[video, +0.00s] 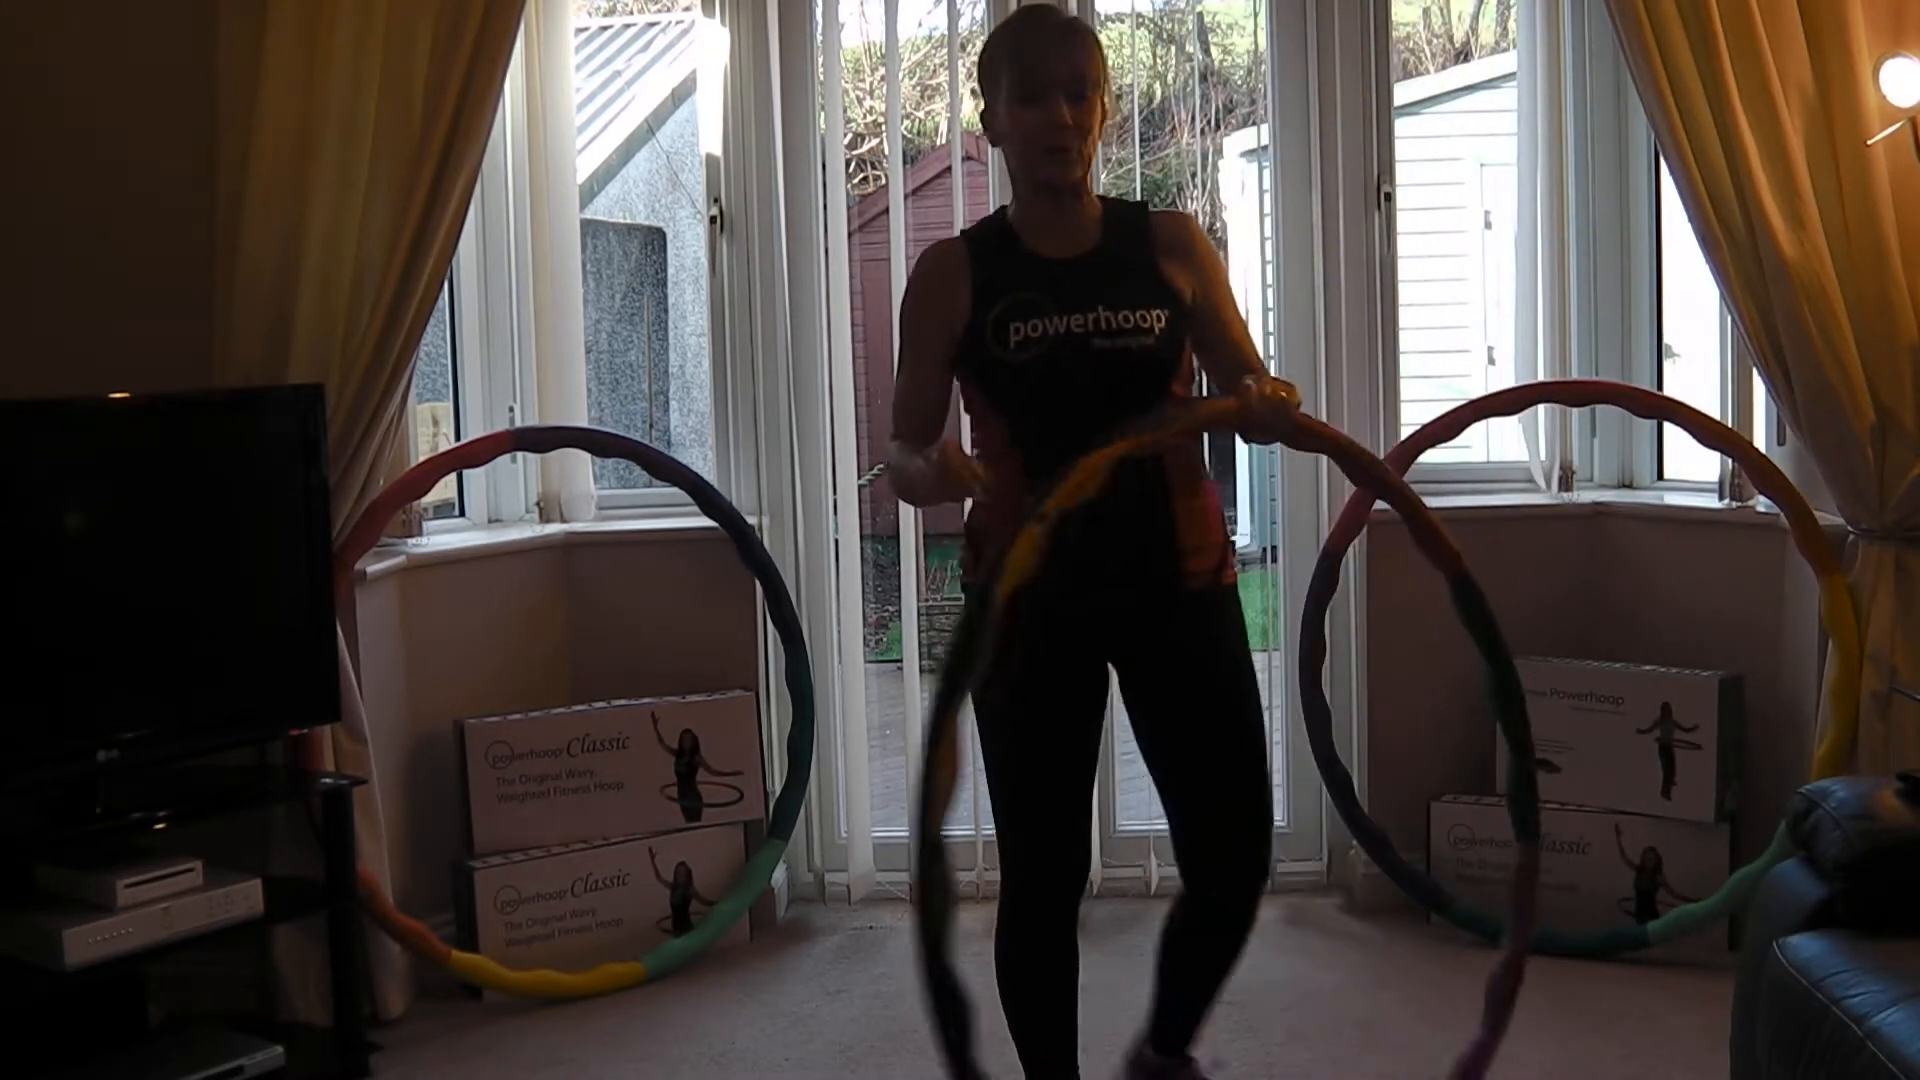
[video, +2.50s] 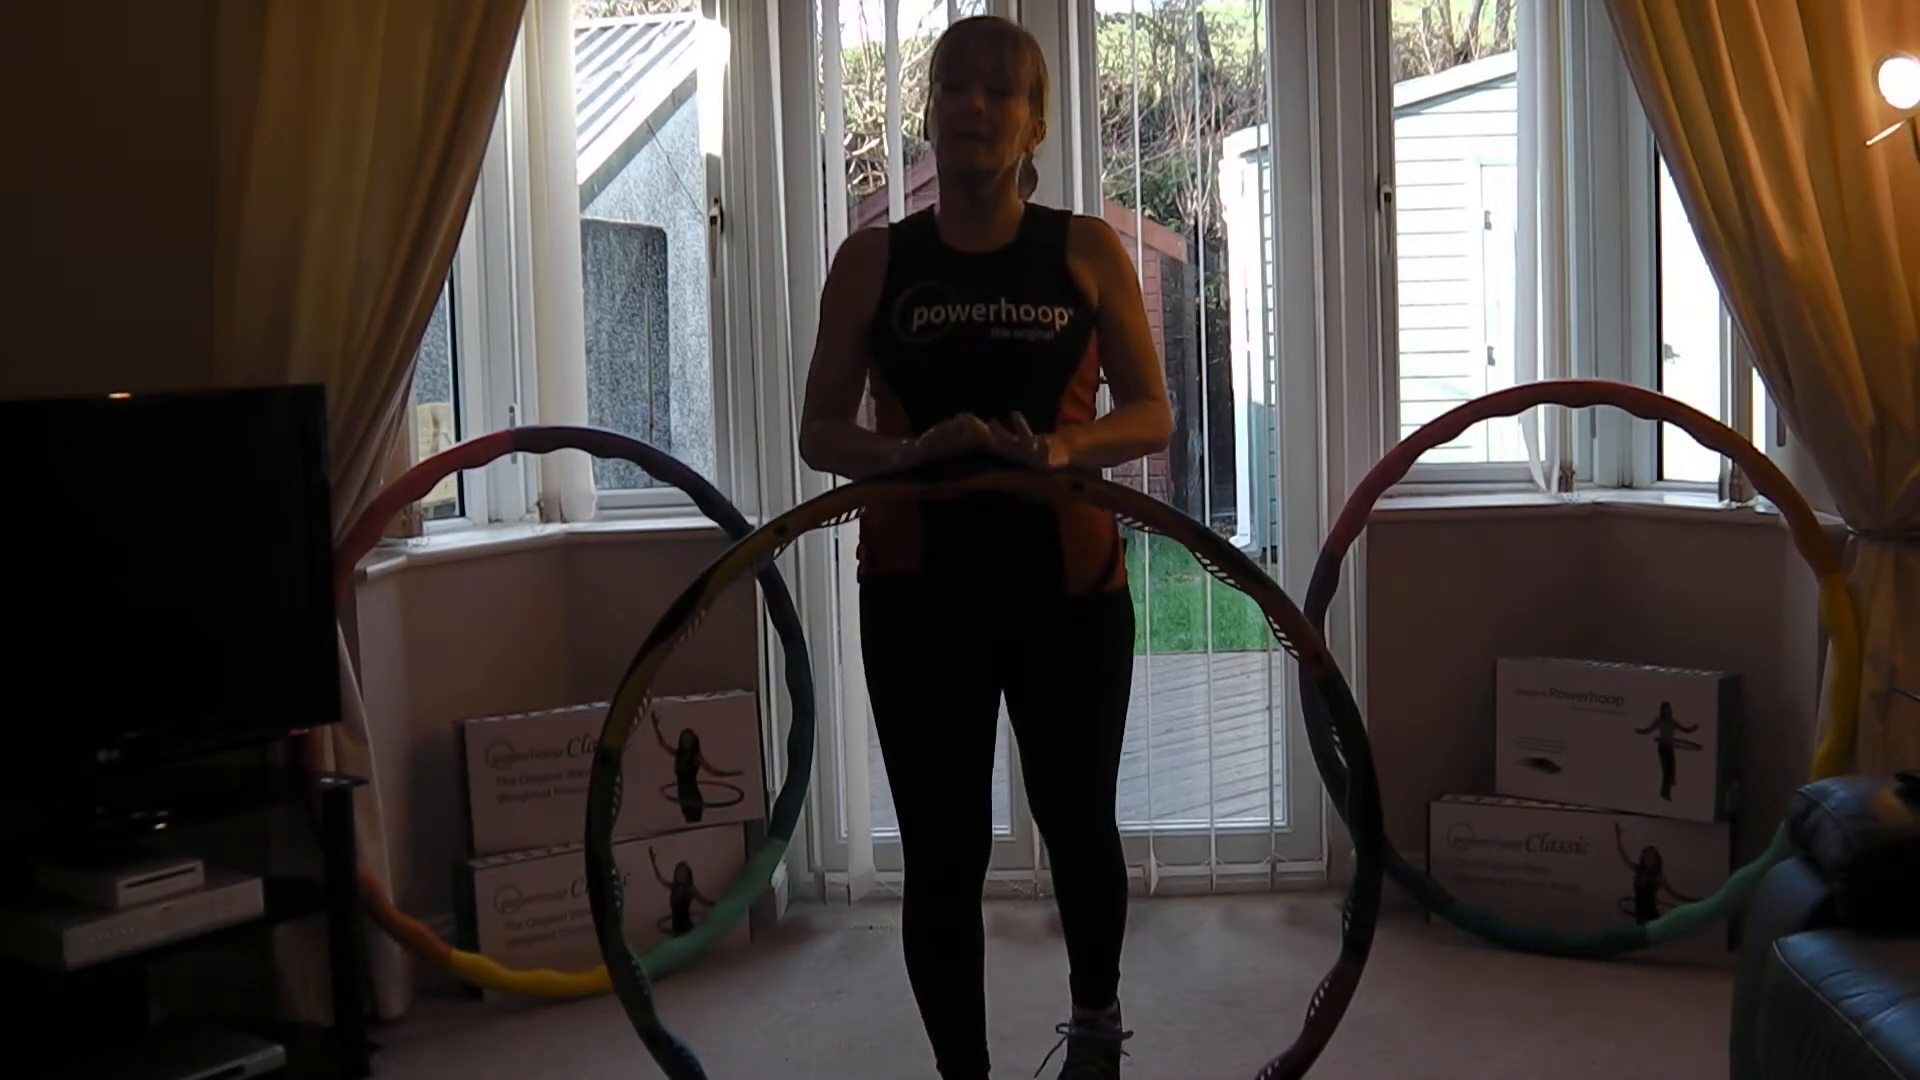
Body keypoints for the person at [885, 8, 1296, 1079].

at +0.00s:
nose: (1059, 117)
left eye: (1078, 94)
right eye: (1031, 97)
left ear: (1104, 110)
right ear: (989, 118)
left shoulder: (1172, 243)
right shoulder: (951, 275)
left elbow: (1260, 391)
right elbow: (905, 459)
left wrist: (1229, 408)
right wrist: (939, 471)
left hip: (1178, 582)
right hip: (1035, 595)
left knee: (1233, 848)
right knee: (1042, 874)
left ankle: (1164, 1052)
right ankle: (1050, 1076)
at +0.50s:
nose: (1068, 149)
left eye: (1089, 127)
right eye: (1047, 127)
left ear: (1119, 135)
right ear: (1013, 136)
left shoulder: (1168, 268)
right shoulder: (962, 271)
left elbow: (1256, 424)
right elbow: (898, 435)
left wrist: (1192, 382)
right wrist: (876, 426)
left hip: (1132, 589)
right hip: (996, 589)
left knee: (1091, 834)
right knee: (1021, 840)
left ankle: (1060, 1039)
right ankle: (1035, 1062)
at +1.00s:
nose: (1050, 180)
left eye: (1072, 159)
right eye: (1030, 155)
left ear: (1106, 153)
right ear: (999, 144)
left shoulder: (1155, 263)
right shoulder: (946, 265)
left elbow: (1247, 416)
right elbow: (874, 441)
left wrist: (1179, 383)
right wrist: (864, 413)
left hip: (1107, 586)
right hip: (970, 583)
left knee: (1080, 827)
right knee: (976, 833)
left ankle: (1058, 1040)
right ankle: (968, 1061)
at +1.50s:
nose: (986, 182)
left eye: (1007, 160)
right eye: (966, 159)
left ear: (1041, 145)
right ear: (933, 146)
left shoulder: (1101, 262)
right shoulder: (878, 271)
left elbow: (1190, 407)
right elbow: (839, 420)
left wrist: (1164, 462)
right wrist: (832, 477)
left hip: (1070, 587)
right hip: (928, 590)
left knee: (1068, 836)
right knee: (946, 853)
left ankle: (1063, 1034)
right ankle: (964, 1072)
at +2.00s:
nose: (969, 120)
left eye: (992, 100)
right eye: (948, 98)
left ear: (1024, 116)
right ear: (914, 110)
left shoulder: (1082, 250)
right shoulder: (858, 257)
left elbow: (1139, 401)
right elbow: (816, 405)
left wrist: (1122, 449)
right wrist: (835, 459)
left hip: (1054, 587)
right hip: (909, 592)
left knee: (1075, 828)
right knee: (933, 861)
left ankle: (1099, 1021)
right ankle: (961, 1075)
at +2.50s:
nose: (974, 111)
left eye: (998, 96)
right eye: (956, 91)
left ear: (1034, 124)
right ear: (929, 106)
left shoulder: (1086, 250)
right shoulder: (871, 260)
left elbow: (1154, 415)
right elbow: (821, 433)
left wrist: (1068, 446)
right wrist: (909, 450)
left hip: (1066, 588)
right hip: (921, 593)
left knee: (1079, 826)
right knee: (943, 858)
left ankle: (1094, 1024)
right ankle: (962, 1074)